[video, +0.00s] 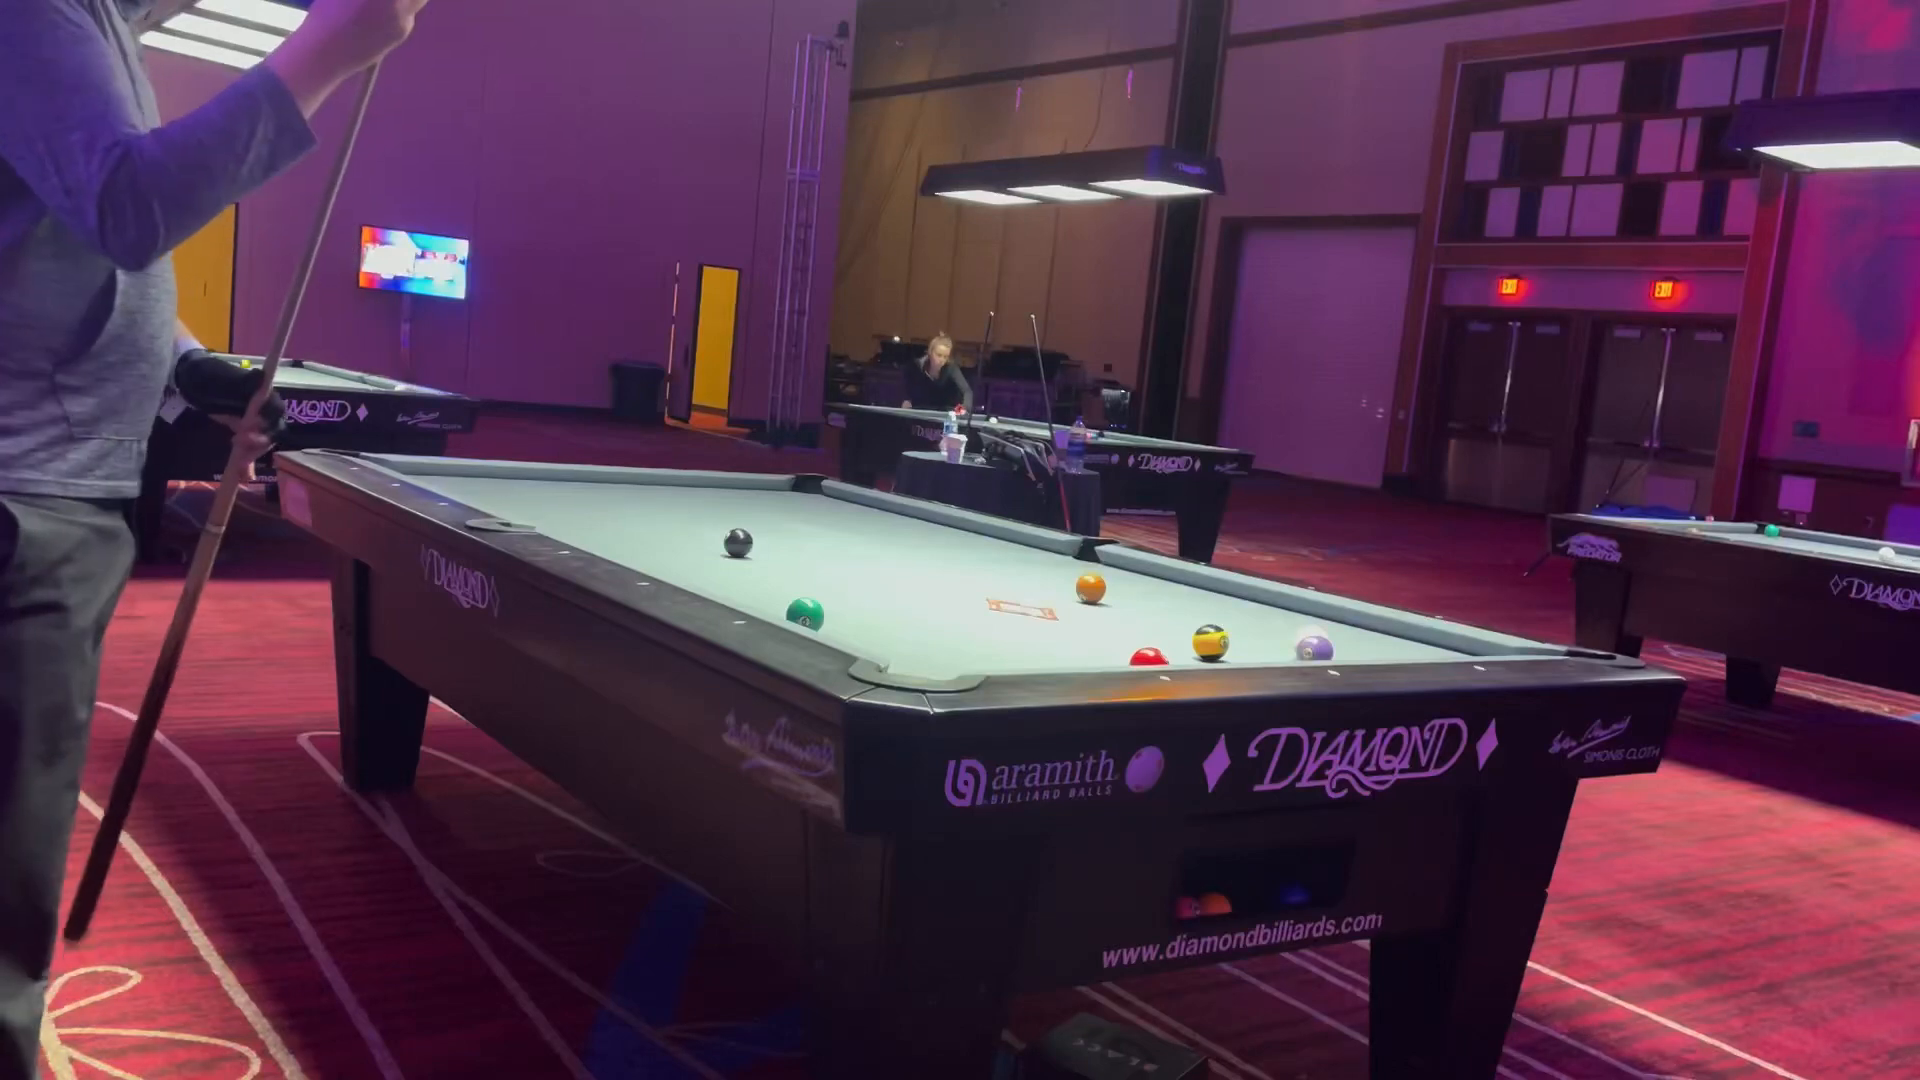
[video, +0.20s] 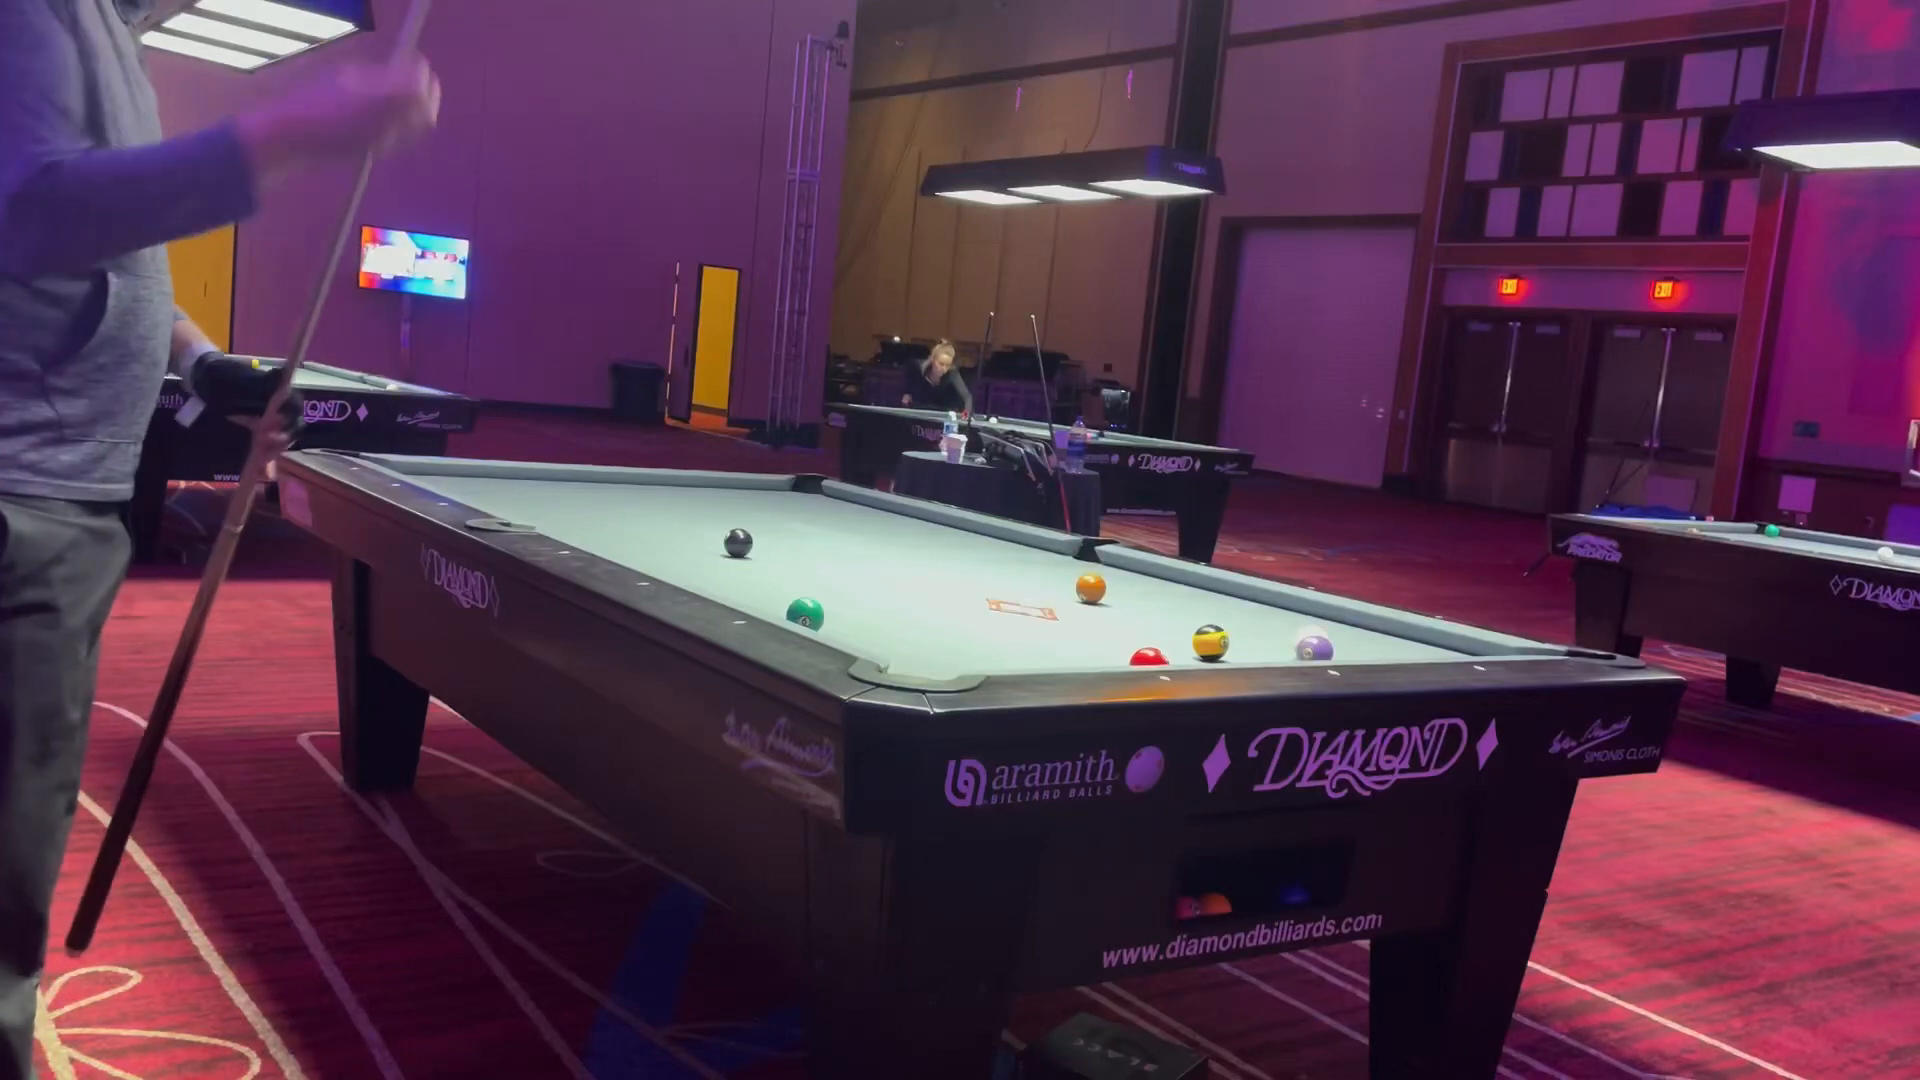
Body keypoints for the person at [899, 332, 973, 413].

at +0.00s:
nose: (942, 360)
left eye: (945, 357)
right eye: (938, 355)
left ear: (948, 357)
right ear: (930, 352)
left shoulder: (950, 369)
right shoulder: (915, 365)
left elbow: (966, 391)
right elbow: (904, 381)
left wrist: (964, 409)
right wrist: (905, 399)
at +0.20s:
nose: (944, 369)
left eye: (947, 365)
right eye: (941, 364)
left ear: (950, 365)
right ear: (932, 359)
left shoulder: (952, 374)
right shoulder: (916, 367)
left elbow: (966, 396)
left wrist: (966, 412)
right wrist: (907, 392)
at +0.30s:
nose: (944, 372)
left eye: (948, 368)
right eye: (941, 367)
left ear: (951, 368)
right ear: (933, 362)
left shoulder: (952, 377)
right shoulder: (918, 368)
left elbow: (967, 397)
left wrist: (967, 413)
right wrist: (907, 390)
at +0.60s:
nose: (944, 381)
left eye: (948, 377)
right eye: (942, 376)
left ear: (951, 377)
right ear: (934, 370)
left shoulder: (952, 385)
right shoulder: (920, 372)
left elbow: (966, 400)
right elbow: (911, 361)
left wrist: (966, 412)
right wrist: (908, 388)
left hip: (944, 409)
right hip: (920, 403)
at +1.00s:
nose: (943, 392)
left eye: (946, 389)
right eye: (941, 387)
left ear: (949, 388)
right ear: (932, 380)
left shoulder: (951, 396)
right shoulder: (920, 381)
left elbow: (968, 406)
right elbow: (912, 359)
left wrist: (966, 414)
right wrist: (909, 388)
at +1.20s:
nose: (943, 392)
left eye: (946, 389)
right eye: (941, 387)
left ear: (949, 388)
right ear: (932, 381)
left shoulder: (952, 397)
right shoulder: (920, 382)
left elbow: (968, 407)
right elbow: (913, 358)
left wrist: (965, 414)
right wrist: (910, 388)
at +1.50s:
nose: (943, 395)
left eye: (946, 392)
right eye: (941, 391)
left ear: (950, 390)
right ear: (933, 384)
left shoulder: (952, 397)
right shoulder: (922, 383)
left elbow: (968, 407)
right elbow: (914, 357)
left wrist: (967, 414)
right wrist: (910, 387)